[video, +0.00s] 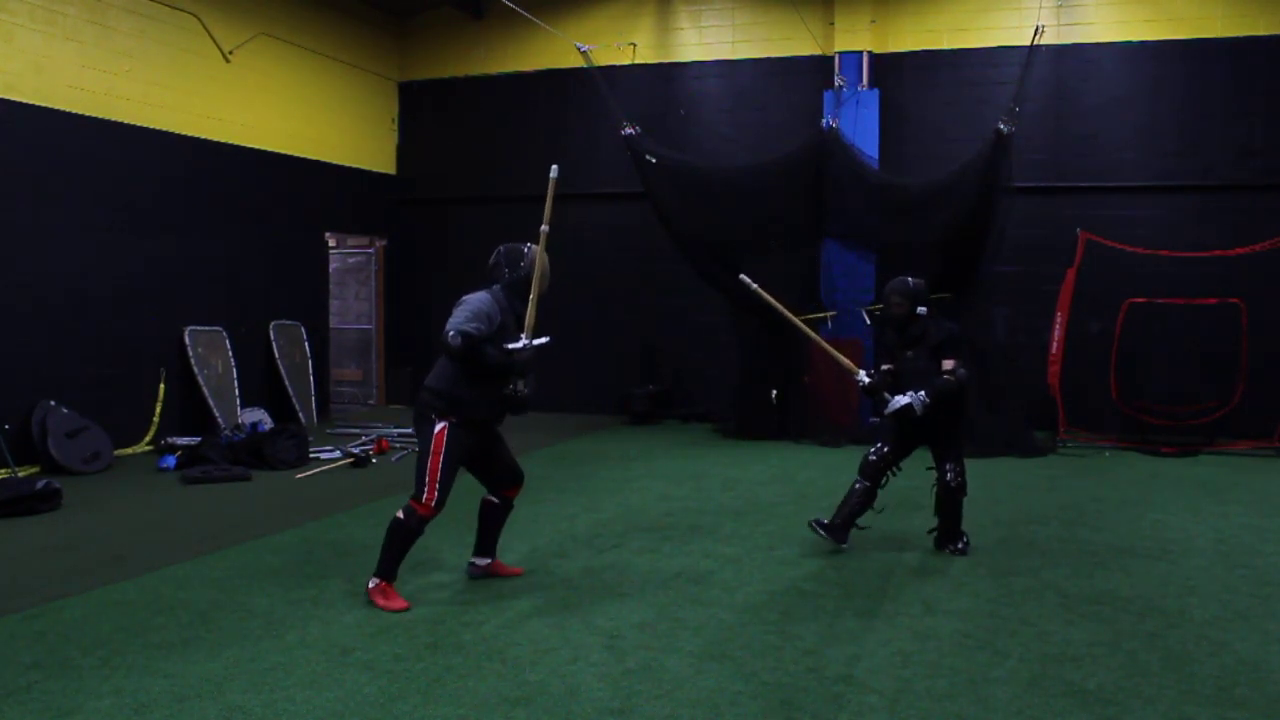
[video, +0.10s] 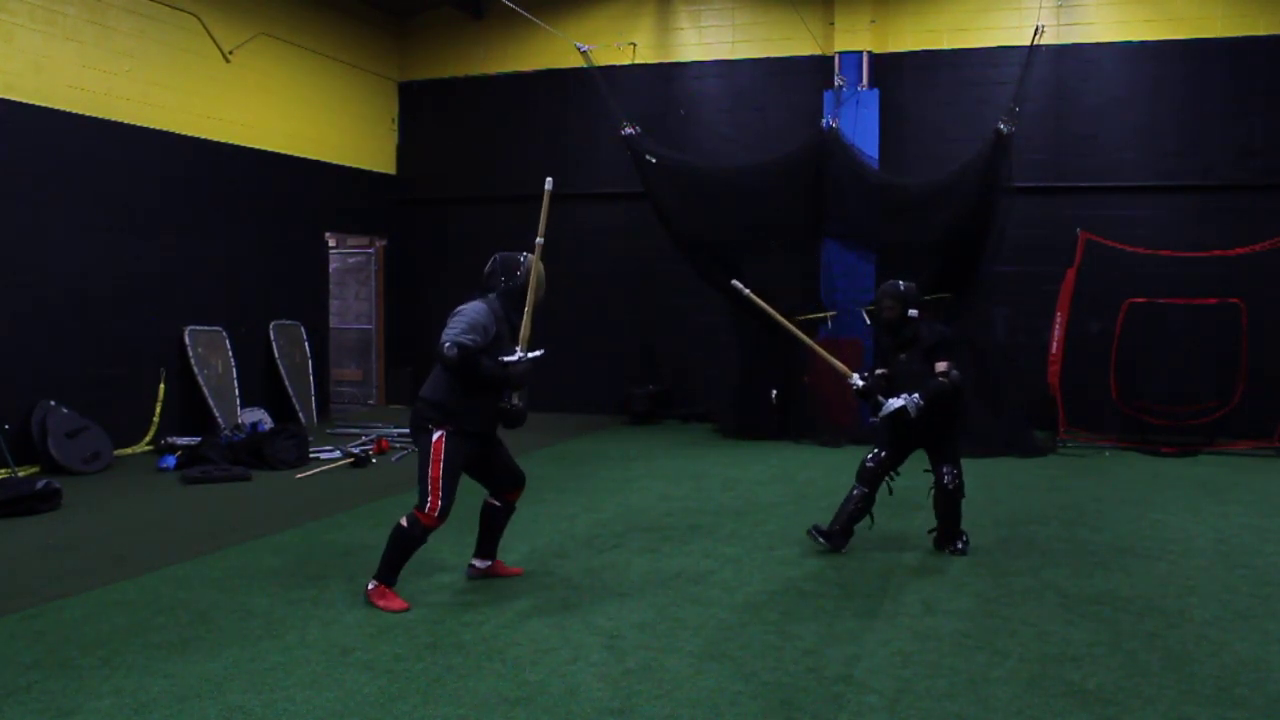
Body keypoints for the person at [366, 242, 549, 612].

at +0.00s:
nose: (538, 285)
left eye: (539, 277)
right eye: (533, 276)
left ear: (514, 275)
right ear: (515, 274)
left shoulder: (514, 317)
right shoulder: (482, 303)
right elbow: (456, 341)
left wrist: (517, 391)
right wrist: (509, 357)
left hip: (474, 417)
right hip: (443, 415)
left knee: (508, 481)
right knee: (427, 501)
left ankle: (483, 560)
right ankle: (380, 582)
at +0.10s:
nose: (533, 295)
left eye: (534, 287)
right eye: (529, 286)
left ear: (508, 283)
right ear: (511, 284)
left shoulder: (508, 325)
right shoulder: (477, 313)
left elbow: (488, 383)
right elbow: (453, 353)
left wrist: (509, 407)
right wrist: (505, 369)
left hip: (472, 423)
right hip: (441, 422)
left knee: (510, 483)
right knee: (433, 509)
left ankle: (483, 561)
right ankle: (380, 584)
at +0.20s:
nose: (531, 284)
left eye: (532, 276)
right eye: (527, 276)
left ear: (508, 274)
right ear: (507, 274)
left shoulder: (505, 315)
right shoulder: (475, 302)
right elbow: (449, 341)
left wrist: (507, 397)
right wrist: (503, 360)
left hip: (467, 417)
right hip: (437, 414)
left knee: (499, 480)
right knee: (430, 500)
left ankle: (482, 561)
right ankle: (379, 579)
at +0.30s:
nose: (527, 278)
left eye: (528, 270)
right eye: (523, 269)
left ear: (501, 265)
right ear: (504, 266)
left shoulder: (499, 305)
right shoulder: (472, 291)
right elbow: (447, 330)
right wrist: (500, 348)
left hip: (460, 408)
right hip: (430, 406)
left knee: (489, 475)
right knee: (424, 495)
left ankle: (478, 560)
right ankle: (373, 578)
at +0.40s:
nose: (518, 283)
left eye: (518, 275)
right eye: (514, 275)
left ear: (491, 272)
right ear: (497, 273)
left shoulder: (492, 314)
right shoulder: (465, 302)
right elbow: (444, 342)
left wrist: (501, 396)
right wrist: (497, 358)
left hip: (456, 420)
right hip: (429, 418)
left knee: (486, 485)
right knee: (418, 507)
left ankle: (458, 566)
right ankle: (365, 592)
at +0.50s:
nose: (515, 291)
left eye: (515, 283)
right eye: (511, 282)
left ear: (487, 279)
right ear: (493, 281)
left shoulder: (488, 321)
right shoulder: (461, 311)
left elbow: (473, 380)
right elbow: (440, 355)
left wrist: (494, 408)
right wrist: (493, 369)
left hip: (455, 428)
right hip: (426, 426)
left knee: (492, 486)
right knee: (415, 515)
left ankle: (460, 565)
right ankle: (362, 597)